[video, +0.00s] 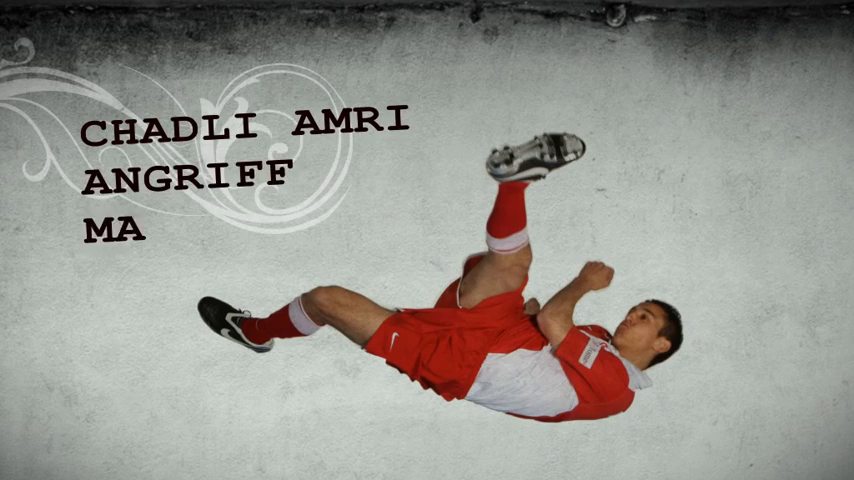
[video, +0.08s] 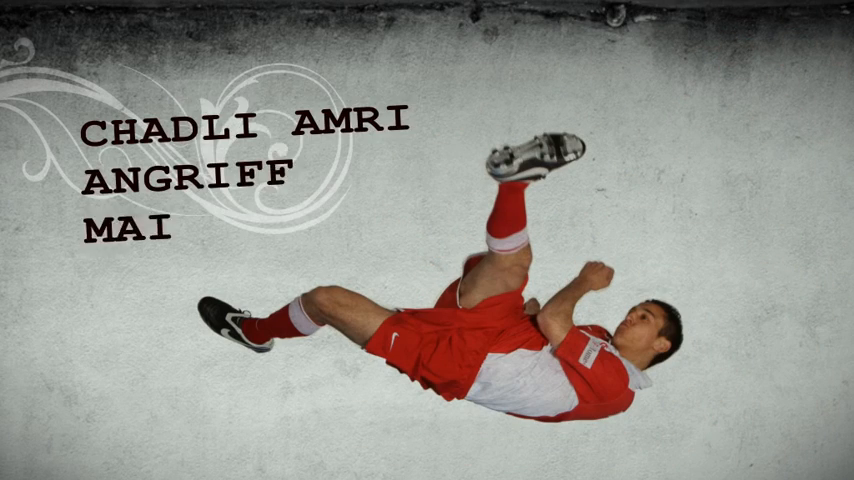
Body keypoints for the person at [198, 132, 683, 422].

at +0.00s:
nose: (633, 317)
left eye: (645, 319)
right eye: (637, 313)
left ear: (658, 347)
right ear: (631, 326)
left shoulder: (616, 386)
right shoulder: (597, 349)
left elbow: (550, 324)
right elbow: (519, 324)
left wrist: (583, 283)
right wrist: (470, 286)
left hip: (452, 360)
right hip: (482, 323)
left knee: (324, 299)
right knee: (509, 257)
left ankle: (256, 333)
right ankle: (513, 176)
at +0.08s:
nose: (633, 317)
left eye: (645, 319)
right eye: (637, 313)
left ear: (658, 347)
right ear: (631, 326)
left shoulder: (616, 386)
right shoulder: (597, 349)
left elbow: (549, 324)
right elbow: (519, 324)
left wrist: (583, 283)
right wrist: (470, 286)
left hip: (452, 360)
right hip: (482, 323)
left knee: (324, 299)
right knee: (509, 257)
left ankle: (256, 333)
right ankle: (512, 176)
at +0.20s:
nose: (633, 317)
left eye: (645, 319)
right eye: (637, 313)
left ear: (658, 348)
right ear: (632, 326)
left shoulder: (616, 386)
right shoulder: (596, 349)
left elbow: (549, 324)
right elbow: (517, 324)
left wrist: (583, 283)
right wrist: (471, 285)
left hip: (452, 360)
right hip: (482, 323)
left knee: (324, 299)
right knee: (510, 257)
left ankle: (256, 333)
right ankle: (512, 176)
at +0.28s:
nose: (633, 317)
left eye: (645, 319)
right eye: (637, 313)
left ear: (658, 348)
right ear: (632, 326)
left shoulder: (616, 386)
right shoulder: (596, 349)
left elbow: (549, 324)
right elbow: (518, 324)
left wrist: (583, 283)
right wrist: (471, 285)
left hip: (452, 360)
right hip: (482, 323)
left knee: (324, 299)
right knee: (509, 257)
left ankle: (256, 333)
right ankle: (512, 176)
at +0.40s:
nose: (633, 317)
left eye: (645, 319)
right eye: (637, 313)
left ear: (658, 348)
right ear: (632, 326)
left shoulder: (616, 386)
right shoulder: (596, 349)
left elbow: (549, 324)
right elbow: (518, 324)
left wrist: (583, 283)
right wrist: (471, 285)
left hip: (452, 360)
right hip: (482, 323)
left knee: (324, 299)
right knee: (509, 257)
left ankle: (256, 333)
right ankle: (512, 176)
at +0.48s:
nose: (633, 317)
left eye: (645, 319)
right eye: (637, 313)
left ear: (658, 348)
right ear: (632, 326)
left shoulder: (616, 386)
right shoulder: (596, 349)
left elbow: (549, 324)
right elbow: (517, 324)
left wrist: (583, 283)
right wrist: (471, 285)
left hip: (452, 360)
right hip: (481, 323)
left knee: (324, 299)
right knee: (509, 257)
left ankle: (256, 333)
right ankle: (512, 176)